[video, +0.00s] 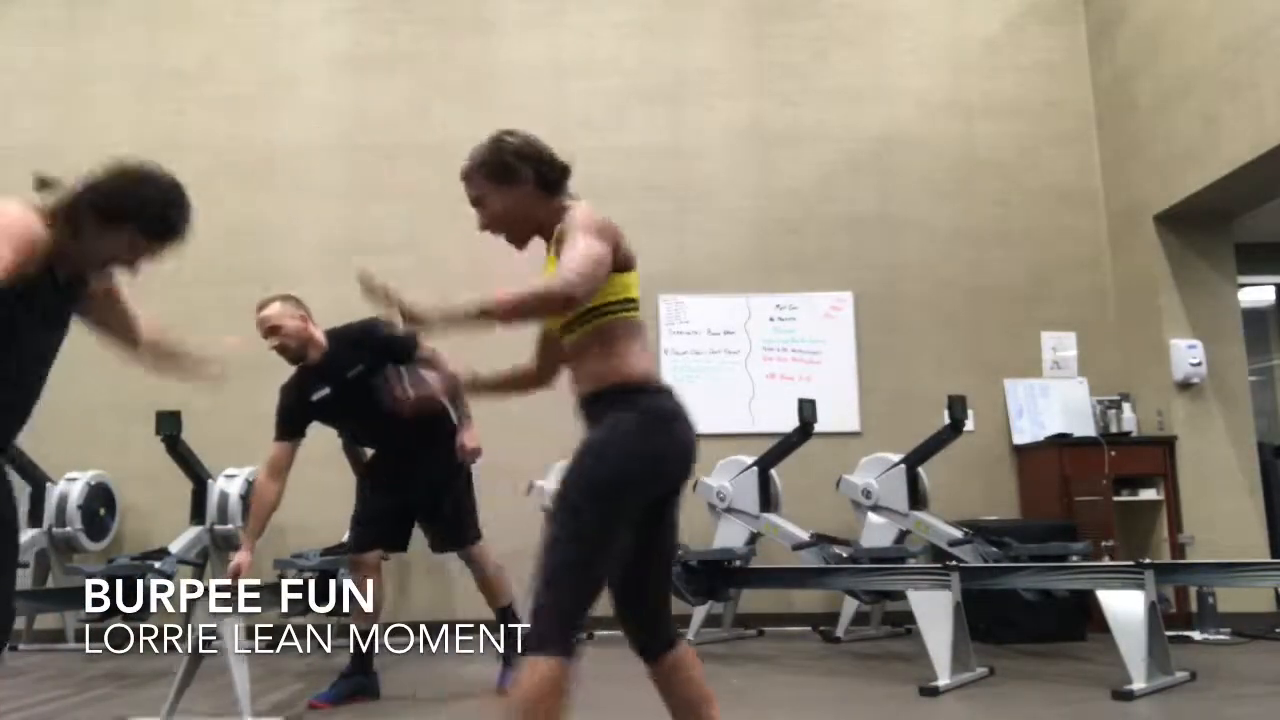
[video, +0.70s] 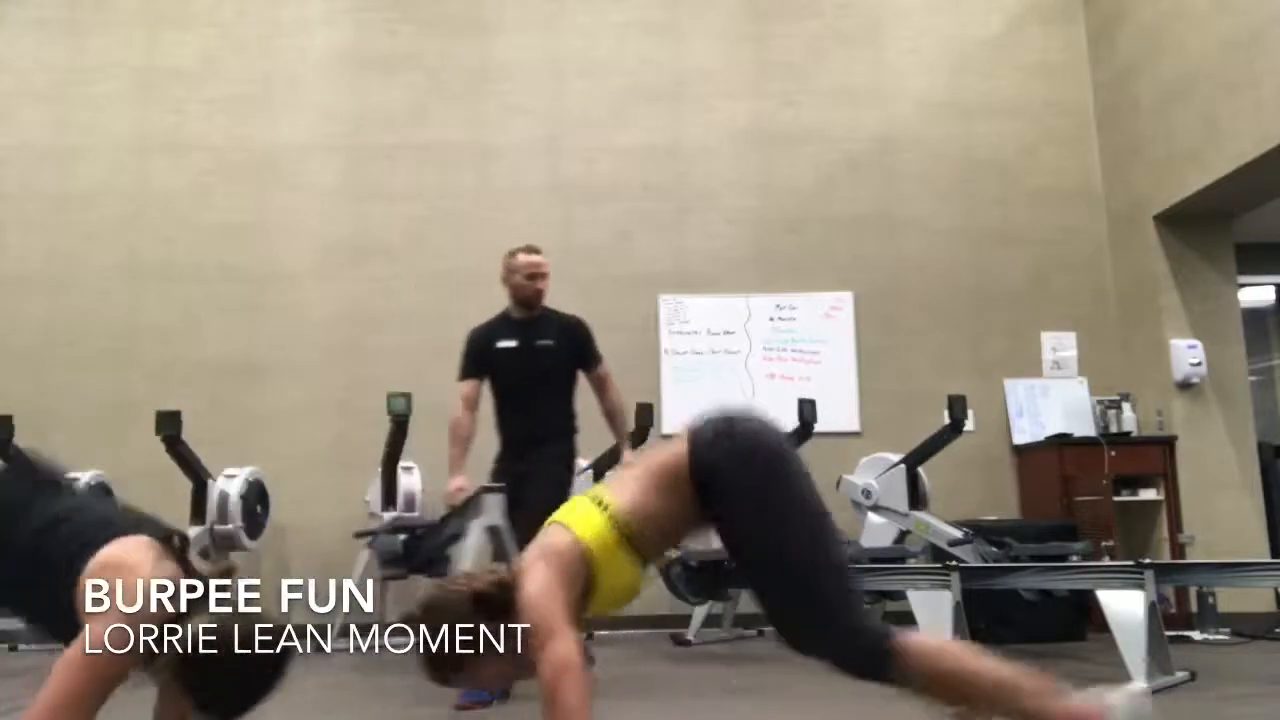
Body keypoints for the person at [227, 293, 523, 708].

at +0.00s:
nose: (272, 343)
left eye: (275, 330)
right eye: (266, 337)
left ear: (305, 319)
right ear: (271, 342)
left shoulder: (369, 337)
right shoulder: (297, 394)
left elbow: (438, 362)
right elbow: (273, 473)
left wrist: (466, 423)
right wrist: (246, 546)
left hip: (436, 444)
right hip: (385, 458)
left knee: (469, 545)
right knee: (364, 557)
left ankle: (516, 642)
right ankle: (362, 671)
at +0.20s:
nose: (332, 312)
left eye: (337, 301)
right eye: (323, 308)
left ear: (359, 298)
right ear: (318, 317)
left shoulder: (414, 329)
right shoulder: (327, 372)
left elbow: (469, 367)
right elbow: (304, 450)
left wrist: (490, 432)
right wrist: (280, 523)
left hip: (450, 450)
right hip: (393, 461)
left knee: (466, 551)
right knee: (365, 562)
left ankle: (501, 657)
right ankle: (361, 671)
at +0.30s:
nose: (388, 299)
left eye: (392, 289)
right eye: (378, 294)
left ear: (406, 288)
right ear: (365, 302)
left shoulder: (446, 331)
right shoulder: (360, 360)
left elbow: (494, 375)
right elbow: (337, 435)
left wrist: (508, 438)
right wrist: (311, 507)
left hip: (465, 451)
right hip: (413, 457)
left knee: (462, 554)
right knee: (373, 557)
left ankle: (493, 667)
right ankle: (361, 671)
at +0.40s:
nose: (440, 290)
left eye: (445, 280)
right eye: (430, 283)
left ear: (456, 280)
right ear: (411, 289)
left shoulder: (491, 326)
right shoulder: (402, 347)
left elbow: (533, 382)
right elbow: (374, 421)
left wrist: (536, 456)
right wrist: (350, 492)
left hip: (492, 461)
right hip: (441, 463)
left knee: (478, 557)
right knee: (398, 562)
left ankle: (491, 668)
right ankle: (363, 666)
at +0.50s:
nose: (481, 285)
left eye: (487, 276)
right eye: (471, 278)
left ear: (497, 277)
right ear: (451, 282)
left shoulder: (524, 326)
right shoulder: (436, 339)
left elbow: (563, 381)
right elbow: (412, 411)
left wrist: (574, 446)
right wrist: (392, 474)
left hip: (516, 456)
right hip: (468, 458)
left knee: (494, 556)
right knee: (431, 544)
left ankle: (492, 667)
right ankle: (431, 657)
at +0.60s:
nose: (508, 281)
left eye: (513, 273)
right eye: (499, 274)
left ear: (521, 276)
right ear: (478, 278)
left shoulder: (546, 327)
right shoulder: (459, 336)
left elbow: (583, 384)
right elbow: (436, 407)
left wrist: (599, 446)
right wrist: (422, 474)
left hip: (530, 455)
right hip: (485, 456)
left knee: (503, 562)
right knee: (482, 558)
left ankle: (490, 674)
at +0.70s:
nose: (537, 285)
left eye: (542, 277)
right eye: (528, 277)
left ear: (549, 280)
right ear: (507, 281)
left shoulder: (571, 330)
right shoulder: (485, 337)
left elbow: (604, 386)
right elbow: (467, 405)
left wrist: (625, 446)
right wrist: (456, 473)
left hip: (556, 455)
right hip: (512, 457)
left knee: (542, 555)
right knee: (515, 558)